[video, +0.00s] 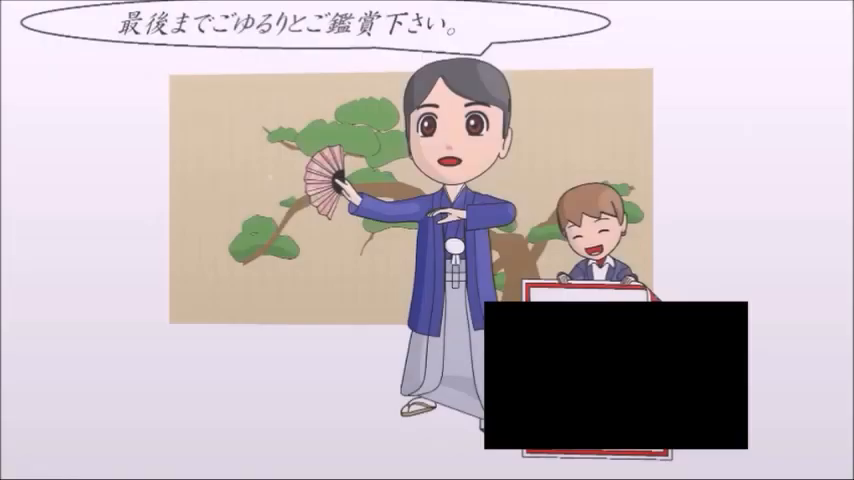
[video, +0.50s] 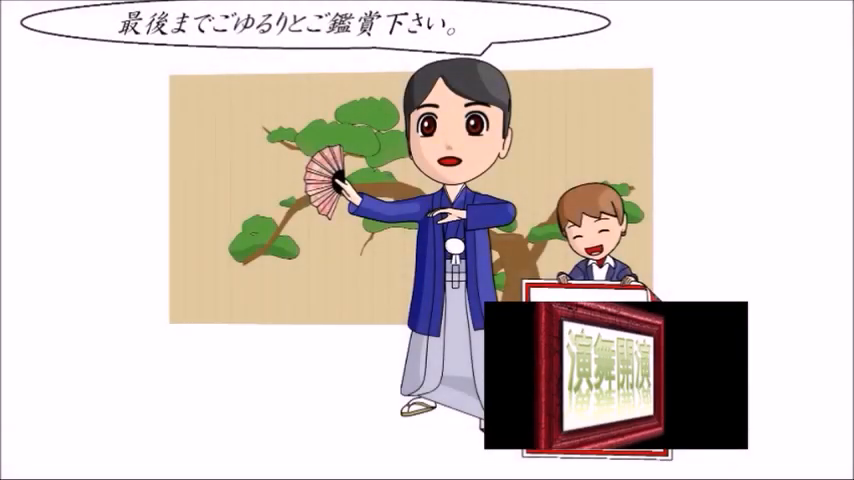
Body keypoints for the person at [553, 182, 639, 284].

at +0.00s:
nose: (591, 241)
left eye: (602, 231)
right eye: (578, 236)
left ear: (622, 226)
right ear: (568, 240)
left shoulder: (621, 269)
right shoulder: (580, 269)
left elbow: (627, 278)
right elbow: (572, 285)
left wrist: (630, 283)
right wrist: (565, 281)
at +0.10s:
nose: (591, 241)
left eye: (602, 231)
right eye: (579, 236)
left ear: (622, 226)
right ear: (568, 239)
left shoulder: (621, 269)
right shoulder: (580, 269)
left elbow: (628, 278)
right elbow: (572, 283)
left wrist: (630, 282)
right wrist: (565, 280)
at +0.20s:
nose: (591, 241)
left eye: (602, 231)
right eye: (579, 236)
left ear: (622, 226)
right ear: (568, 239)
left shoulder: (621, 269)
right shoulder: (580, 269)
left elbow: (628, 278)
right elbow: (572, 284)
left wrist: (630, 282)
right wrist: (565, 280)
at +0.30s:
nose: (591, 241)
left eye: (602, 231)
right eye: (579, 236)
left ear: (622, 226)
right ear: (568, 239)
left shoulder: (621, 269)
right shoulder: (580, 269)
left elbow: (628, 278)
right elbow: (572, 284)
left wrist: (630, 283)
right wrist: (565, 280)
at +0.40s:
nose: (591, 241)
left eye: (602, 231)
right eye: (579, 236)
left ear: (622, 225)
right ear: (568, 240)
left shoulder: (620, 269)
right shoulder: (581, 268)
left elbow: (628, 277)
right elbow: (573, 282)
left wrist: (629, 281)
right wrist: (565, 279)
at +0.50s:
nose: (591, 241)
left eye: (602, 231)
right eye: (579, 236)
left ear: (622, 225)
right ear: (568, 240)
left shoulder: (620, 269)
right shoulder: (581, 268)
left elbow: (628, 277)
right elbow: (573, 282)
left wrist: (629, 281)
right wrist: (565, 279)